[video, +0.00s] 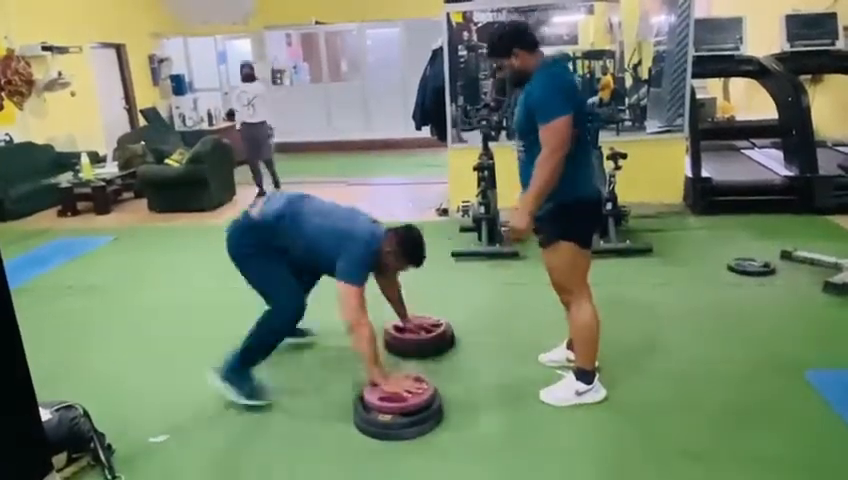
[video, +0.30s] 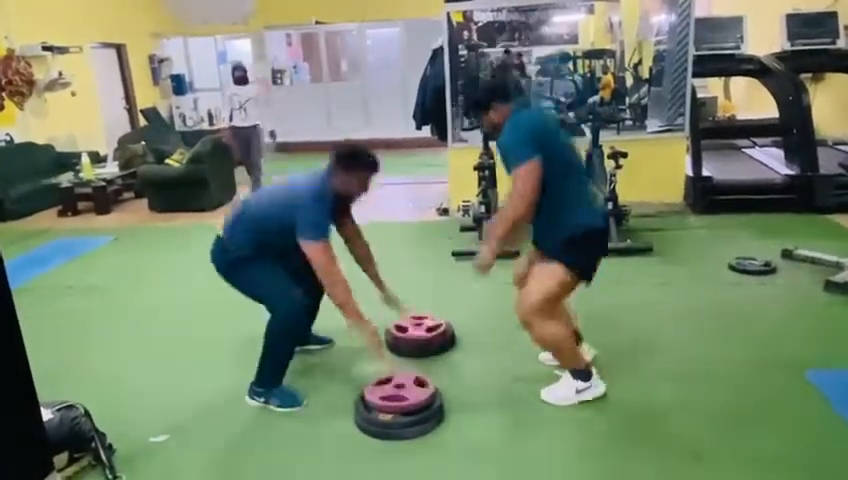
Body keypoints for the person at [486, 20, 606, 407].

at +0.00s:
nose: (504, 71)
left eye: (504, 63)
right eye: (501, 65)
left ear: (519, 53)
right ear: (524, 51)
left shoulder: (548, 83)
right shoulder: (548, 78)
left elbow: (555, 149)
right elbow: (557, 145)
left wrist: (526, 206)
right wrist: (531, 202)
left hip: (567, 202)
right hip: (561, 201)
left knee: (574, 292)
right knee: (569, 284)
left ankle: (586, 380)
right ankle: (577, 347)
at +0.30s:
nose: (483, 127)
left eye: (483, 118)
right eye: (480, 119)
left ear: (495, 108)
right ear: (505, 104)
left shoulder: (517, 130)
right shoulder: (534, 120)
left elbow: (525, 192)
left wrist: (493, 240)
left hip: (578, 229)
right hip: (567, 223)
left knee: (535, 307)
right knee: (526, 281)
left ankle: (583, 377)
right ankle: (572, 346)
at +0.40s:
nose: (478, 170)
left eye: (478, 162)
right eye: (475, 163)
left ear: (491, 152)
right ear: (498, 146)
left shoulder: (518, 175)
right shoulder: (517, 163)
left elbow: (509, 248)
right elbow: (506, 221)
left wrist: (468, 286)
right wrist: (478, 249)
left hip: (576, 267)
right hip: (558, 257)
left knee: (514, 323)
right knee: (509, 290)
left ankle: (578, 375)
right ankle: (566, 340)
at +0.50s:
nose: (469, 214)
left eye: (471, 207)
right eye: (467, 208)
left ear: (486, 200)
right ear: (490, 195)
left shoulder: (512, 220)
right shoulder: (508, 207)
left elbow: (494, 289)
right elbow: (491, 261)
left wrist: (448, 325)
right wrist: (456, 284)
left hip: (575, 306)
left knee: (500, 336)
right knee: (498, 299)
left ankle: (575, 372)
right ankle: (564, 338)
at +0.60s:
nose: (452, 252)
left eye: (451, 245)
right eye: (448, 246)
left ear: (464, 234)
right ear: (467, 226)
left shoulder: (490, 247)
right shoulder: (488, 230)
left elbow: (469, 318)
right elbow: (470, 285)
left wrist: (427, 355)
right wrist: (439, 310)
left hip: (574, 312)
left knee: (498, 339)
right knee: (491, 298)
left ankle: (574, 371)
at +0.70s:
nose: (429, 286)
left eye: (425, 282)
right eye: (425, 283)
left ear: (427, 271)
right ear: (431, 255)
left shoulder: (452, 270)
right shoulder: (451, 253)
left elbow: (452, 338)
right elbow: (450, 298)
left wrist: (414, 370)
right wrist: (430, 320)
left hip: (572, 276)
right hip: (570, 259)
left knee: (512, 338)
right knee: (519, 313)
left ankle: (581, 373)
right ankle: (569, 340)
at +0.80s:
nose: (415, 321)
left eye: (407, 316)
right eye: (414, 323)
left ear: (401, 306)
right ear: (403, 280)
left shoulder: (425, 289)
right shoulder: (423, 270)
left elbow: (443, 346)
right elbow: (447, 331)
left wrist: (411, 373)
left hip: (542, 262)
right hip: (538, 242)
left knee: (528, 352)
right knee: (555, 306)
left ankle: (616, 367)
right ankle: (605, 324)